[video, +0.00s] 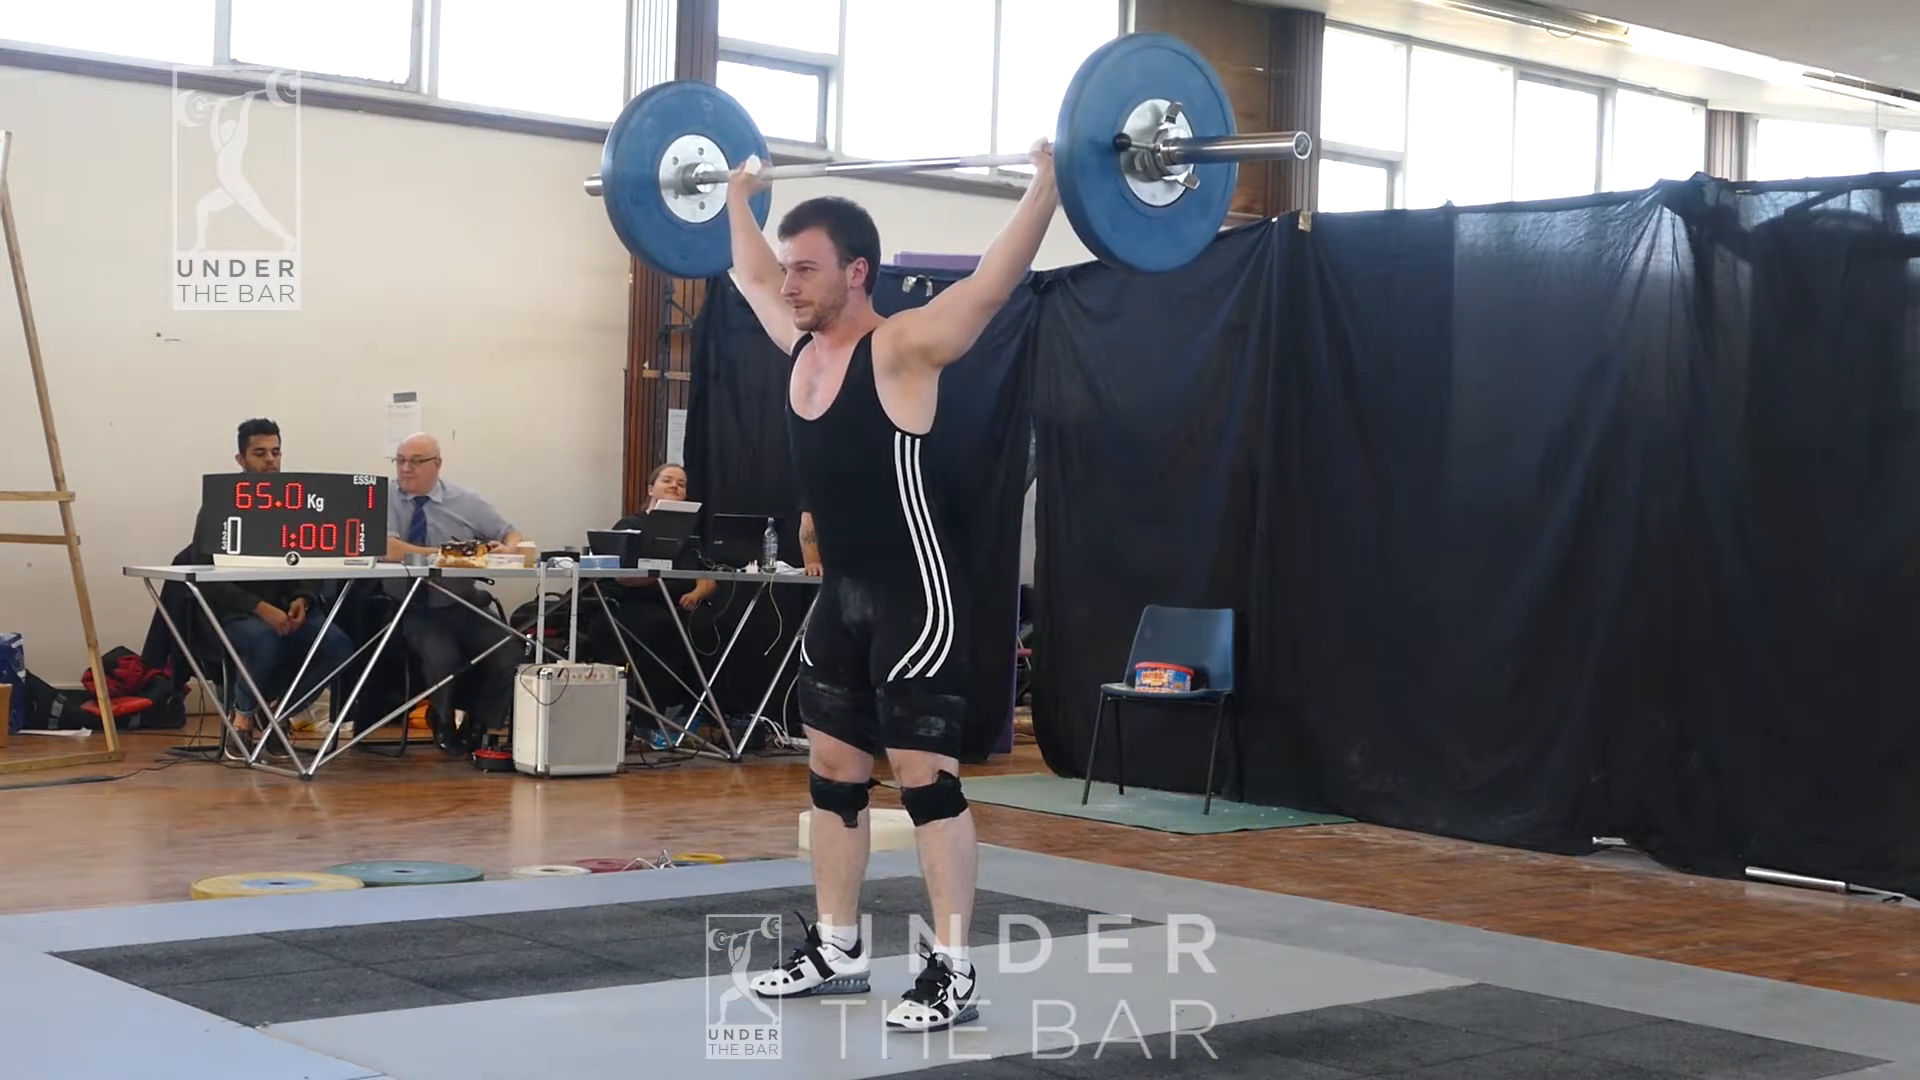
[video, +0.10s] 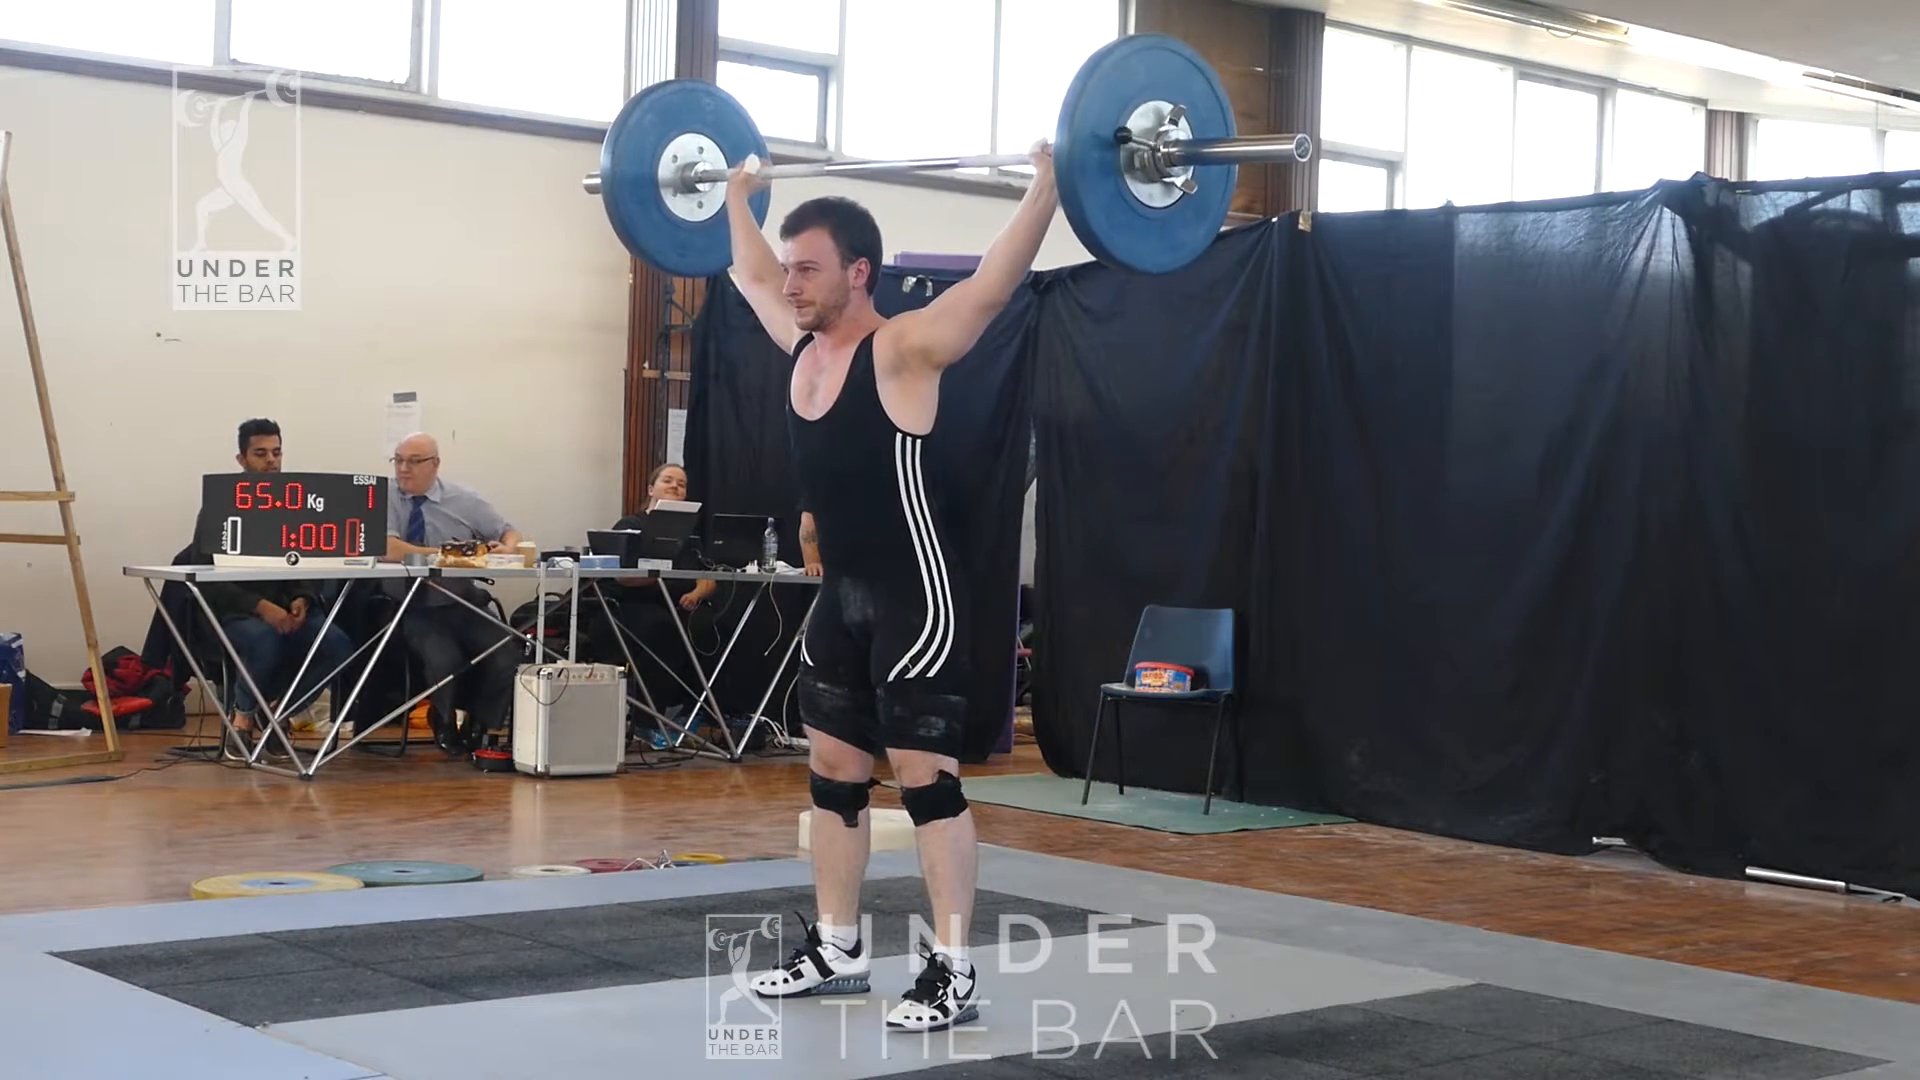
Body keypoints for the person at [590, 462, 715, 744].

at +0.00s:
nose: (674, 487)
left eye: (681, 484)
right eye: (667, 481)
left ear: (685, 494)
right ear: (651, 489)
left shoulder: (691, 531)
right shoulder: (629, 525)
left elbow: (711, 576)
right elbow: (621, 575)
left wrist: (697, 593)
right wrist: (657, 575)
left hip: (677, 603)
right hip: (635, 602)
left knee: (705, 624)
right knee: (658, 627)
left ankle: (696, 710)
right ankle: (648, 719)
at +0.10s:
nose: (674, 487)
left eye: (681, 484)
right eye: (667, 481)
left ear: (686, 494)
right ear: (651, 488)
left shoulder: (691, 531)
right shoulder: (629, 525)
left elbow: (711, 576)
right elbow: (621, 575)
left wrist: (697, 593)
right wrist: (658, 575)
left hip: (677, 603)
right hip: (635, 602)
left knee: (704, 623)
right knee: (658, 627)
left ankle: (696, 710)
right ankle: (649, 719)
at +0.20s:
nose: (674, 487)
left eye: (681, 484)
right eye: (667, 481)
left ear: (685, 494)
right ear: (651, 489)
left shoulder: (692, 531)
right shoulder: (629, 525)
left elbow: (711, 576)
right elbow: (621, 575)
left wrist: (698, 593)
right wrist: (657, 574)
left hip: (679, 602)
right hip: (637, 601)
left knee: (705, 624)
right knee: (657, 628)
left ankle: (695, 710)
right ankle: (648, 718)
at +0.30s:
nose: (674, 487)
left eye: (681, 484)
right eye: (667, 481)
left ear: (686, 494)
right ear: (651, 489)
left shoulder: (692, 531)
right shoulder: (629, 525)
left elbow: (711, 576)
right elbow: (621, 575)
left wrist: (698, 593)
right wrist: (657, 574)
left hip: (679, 602)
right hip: (637, 601)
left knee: (704, 624)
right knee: (657, 627)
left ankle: (695, 710)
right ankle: (647, 718)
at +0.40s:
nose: (674, 487)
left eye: (681, 484)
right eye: (667, 481)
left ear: (686, 494)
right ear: (651, 489)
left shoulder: (692, 531)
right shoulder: (629, 525)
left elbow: (711, 576)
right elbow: (621, 575)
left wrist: (698, 593)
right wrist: (657, 574)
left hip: (678, 603)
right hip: (635, 602)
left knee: (705, 624)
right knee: (658, 628)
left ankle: (696, 710)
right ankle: (648, 719)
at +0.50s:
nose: (675, 489)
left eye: (682, 486)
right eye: (668, 483)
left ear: (686, 494)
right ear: (652, 489)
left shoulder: (692, 532)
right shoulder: (629, 525)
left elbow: (711, 576)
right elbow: (621, 575)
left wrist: (698, 593)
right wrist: (657, 574)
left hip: (678, 603)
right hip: (637, 601)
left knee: (705, 624)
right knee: (658, 627)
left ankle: (695, 710)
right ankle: (647, 718)